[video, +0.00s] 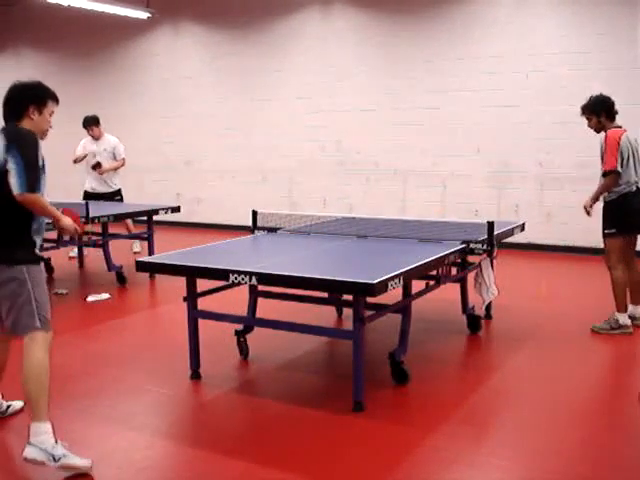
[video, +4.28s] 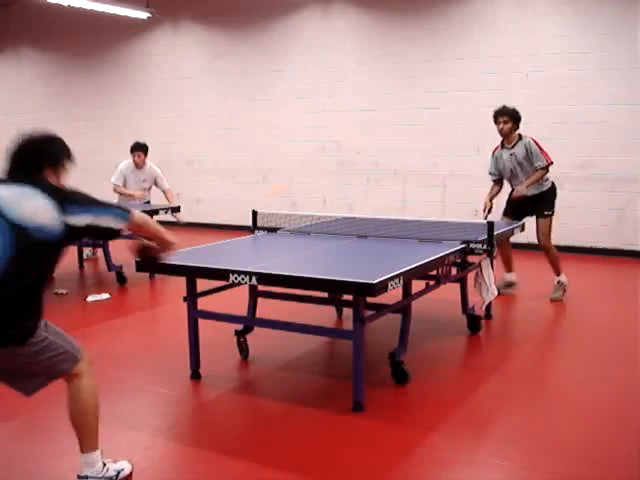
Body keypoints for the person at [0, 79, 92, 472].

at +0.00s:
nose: (52, 123)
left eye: (53, 116)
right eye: (50, 115)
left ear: (23, 112)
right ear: (32, 111)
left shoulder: (5, 138)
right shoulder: (23, 140)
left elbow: (22, 193)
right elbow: (24, 194)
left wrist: (55, 214)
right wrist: (59, 217)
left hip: (5, 255)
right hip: (18, 257)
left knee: (5, 331)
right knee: (38, 335)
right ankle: (41, 437)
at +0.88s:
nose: (51, 175)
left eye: (52, 167)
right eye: (50, 167)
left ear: (26, 165)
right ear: (33, 166)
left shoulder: (10, 190)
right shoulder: (16, 193)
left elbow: (12, 252)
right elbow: (12, 254)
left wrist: (48, 274)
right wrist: (52, 278)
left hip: (0, 300)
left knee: (16, 364)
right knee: (20, 364)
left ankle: (19, 466)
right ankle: (19, 468)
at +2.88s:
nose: (39, 159)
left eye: (40, 151)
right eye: (37, 151)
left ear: (14, 152)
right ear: (19, 152)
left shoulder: (6, 184)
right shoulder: (7, 187)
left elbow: (7, 250)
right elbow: (8, 254)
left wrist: (38, 255)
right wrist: (42, 259)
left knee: (13, 363)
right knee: (11, 364)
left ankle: (19, 467)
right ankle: (19, 469)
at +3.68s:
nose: (10, 161)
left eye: (12, 153)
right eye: (8, 152)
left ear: (5, 153)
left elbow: (16, 242)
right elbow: (19, 248)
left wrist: (51, 263)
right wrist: (57, 270)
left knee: (34, 356)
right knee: (37, 357)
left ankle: (30, 459)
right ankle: (31, 460)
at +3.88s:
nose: (62, 180)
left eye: (63, 171)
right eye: (58, 170)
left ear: (28, 167)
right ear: (37, 168)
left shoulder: (4, 187)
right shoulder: (22, 196)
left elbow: (21, 236)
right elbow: (71, 241)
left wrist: (46, 261)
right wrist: (80, 272)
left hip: (6, 311)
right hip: (6, 313)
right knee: (74, 362)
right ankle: (89, 464)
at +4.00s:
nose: (93, 205)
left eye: (95, 199)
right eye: (92, 197)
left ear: (51, 183)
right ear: (74, 189)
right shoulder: (66, 212)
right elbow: (119, 240)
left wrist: (114, 269)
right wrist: (123, 271)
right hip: (16, 321)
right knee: (92, 362)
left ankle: (91, 463)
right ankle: (92, 465)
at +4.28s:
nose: (65, 178)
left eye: (65, 170)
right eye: (63, 170)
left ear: (19, 166)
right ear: (48, 171)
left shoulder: (6, 194)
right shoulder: (53, 201)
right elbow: (130, 218)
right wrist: (165, 239)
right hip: (13, 327)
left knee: (76, 363)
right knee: (78, 365)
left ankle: (92, 463)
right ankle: (92, 464)